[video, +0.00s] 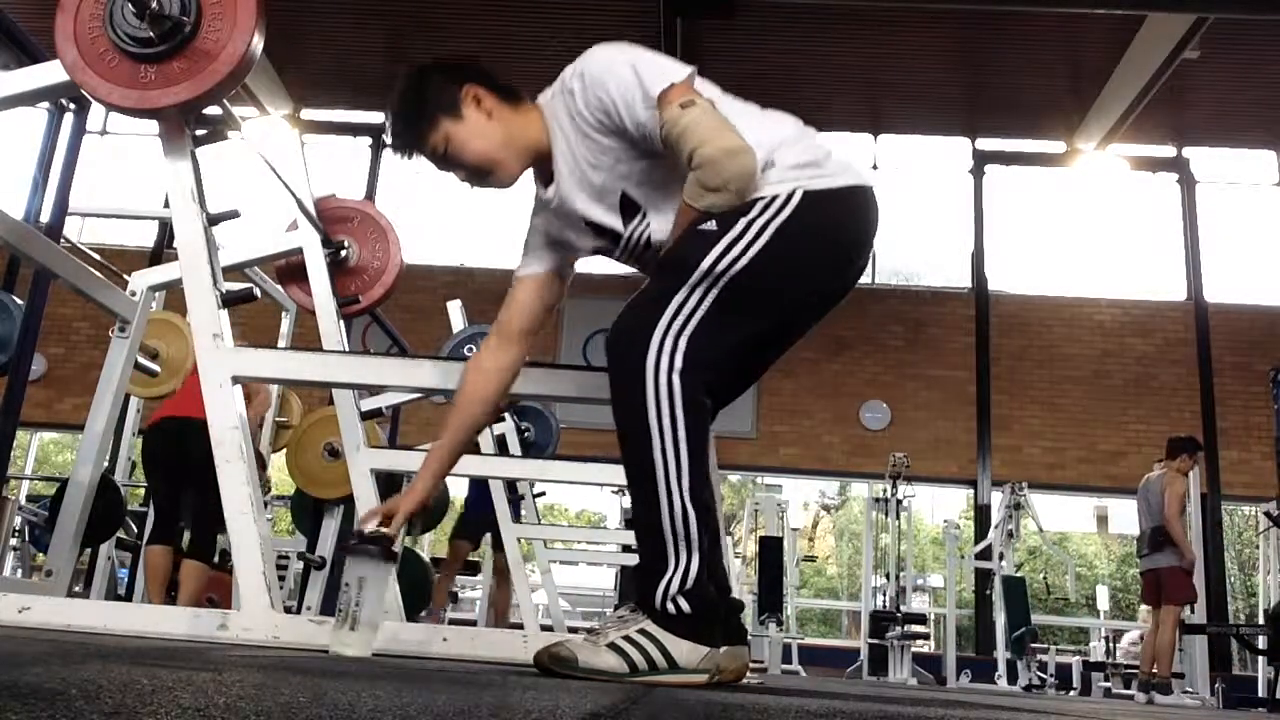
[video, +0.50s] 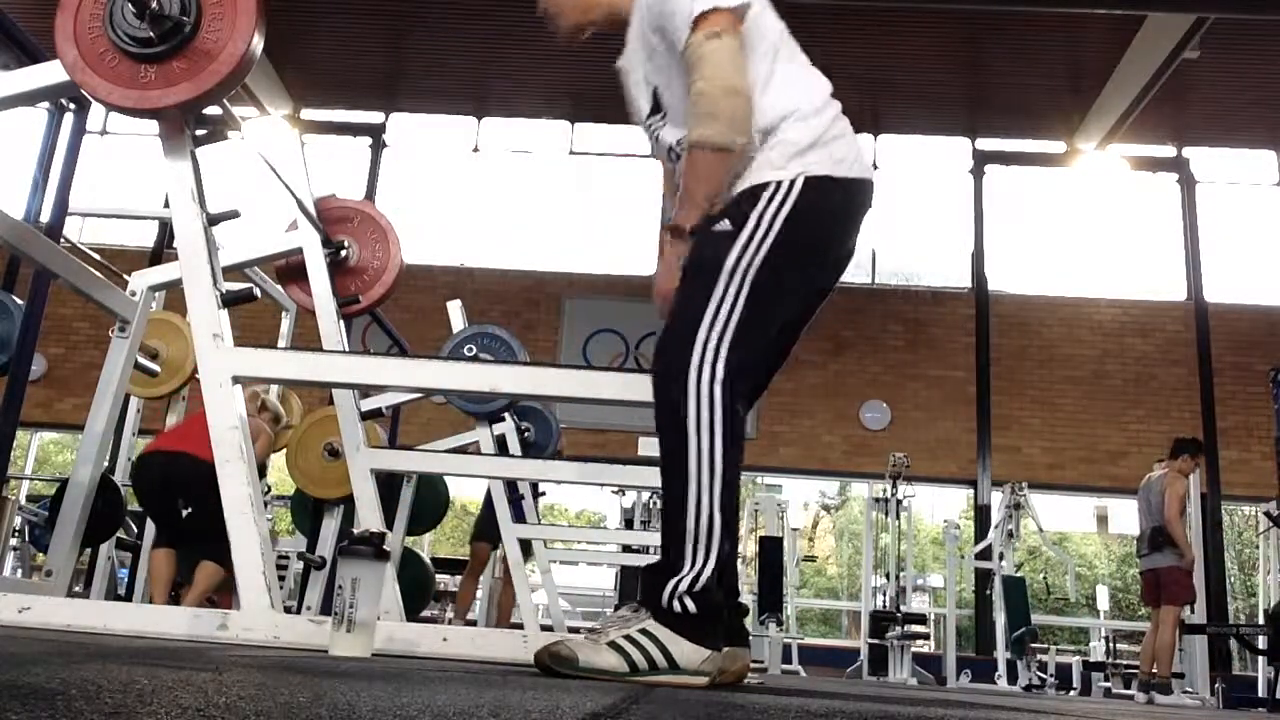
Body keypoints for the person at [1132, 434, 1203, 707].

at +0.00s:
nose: (1192, 469)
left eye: (1194, 464)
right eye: (1193, 463)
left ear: (1172, 457)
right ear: (1183, 458)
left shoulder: (1146, 480)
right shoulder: (1175, 480)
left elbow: (1147, 523)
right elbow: (1171, 519)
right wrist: (1187, 551)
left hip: (1148, 562)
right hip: (1170, 560)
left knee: (1155, 624)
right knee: (1168, 625)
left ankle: (1143, 685)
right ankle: (1163, 687)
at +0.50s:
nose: (1194, 471)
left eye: (1196, 466)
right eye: (1194, 465)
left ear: (1175, 459)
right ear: (1184, 459)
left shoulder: (1147, 480)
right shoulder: (1176, 480)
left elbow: (1147, 522)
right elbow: (1171, 518)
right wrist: (1187, 550)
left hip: (1148, 562)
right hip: (1170, 560)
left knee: (1155, 623)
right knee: (1168, 624)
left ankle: (1143, 685)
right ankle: (1163, 687)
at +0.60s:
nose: (1194, 471)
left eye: (1196, 467)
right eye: (1195, 465)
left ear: (1176, 459)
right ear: (1184, 459)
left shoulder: (1148, 480)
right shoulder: (1176, 481)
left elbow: (1148, 522)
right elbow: (1171, 519)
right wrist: (1188, 550)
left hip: (1148, 561)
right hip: (1169, 560)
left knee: (1155, 623)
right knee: (1168, 624)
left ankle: (1143, 685)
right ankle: (1163, 687)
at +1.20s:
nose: (1196, 472)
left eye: (1198, 467)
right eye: (1197, 466)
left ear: (1178, 458)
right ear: (1187, 459)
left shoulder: (1152, 479)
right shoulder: (1177, 480)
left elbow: (1154, 522)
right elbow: (1166, 519)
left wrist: (1181, 540)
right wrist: (1187, 560)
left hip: (1152, 563)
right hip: (1170, 562)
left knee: (1160, 624)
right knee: (1167, 625)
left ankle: (1145, 684)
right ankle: (1163, 687)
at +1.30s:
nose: (1197, 472)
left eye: (1199, 467)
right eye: (1198, 466)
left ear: (1180, 458)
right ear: (1188, 460)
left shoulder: (1153, 481)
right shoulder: (1177, 480)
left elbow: (1156, 526)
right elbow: (1168, 523)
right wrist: (1193, 561)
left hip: (1155, 564)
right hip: (1171, 563)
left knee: (1170, 624)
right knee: (1168, 625)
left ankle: (1148, 682)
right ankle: (1163, 689)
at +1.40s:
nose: (1197, 473)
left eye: (1200, 468)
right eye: (1198, 467)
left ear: (1181, 458)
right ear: (1189, 460)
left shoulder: (1153, 481)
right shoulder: (1178, 480)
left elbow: (1160, 526)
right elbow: (1171, 520)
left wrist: (1196, 555)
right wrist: (1191, 550)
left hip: (1156, 562)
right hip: (1171, 561)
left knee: (1172, 625)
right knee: (1169, 625)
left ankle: (1162, 684)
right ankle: (1162, 687)